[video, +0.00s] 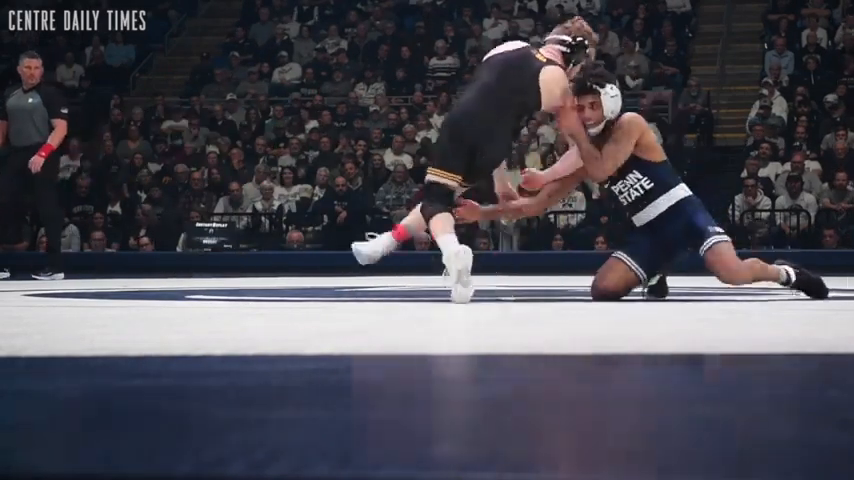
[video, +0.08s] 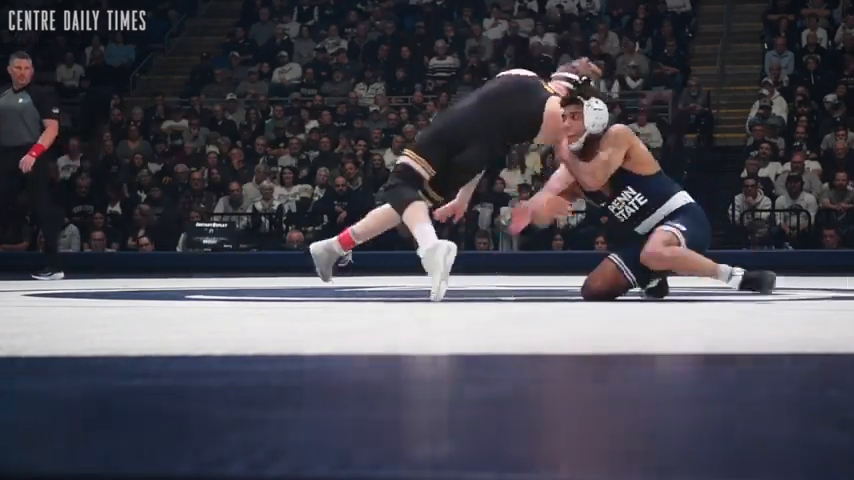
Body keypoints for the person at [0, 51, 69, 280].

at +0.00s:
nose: (32, 72)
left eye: (36, 68)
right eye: (27, 68)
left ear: (42, 70)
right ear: (19, 70)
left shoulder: (49, 94)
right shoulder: (9, 96)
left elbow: (61, 128)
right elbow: (3, 128)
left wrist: (42, 154)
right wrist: (3, 150)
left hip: (42, 156)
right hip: (14, 157)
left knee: (47, 207)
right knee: (9, 207)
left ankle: (54, 265)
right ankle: (7, 264)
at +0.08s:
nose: (22, 73)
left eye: (26, 68)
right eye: (18, 68)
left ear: (32, 71)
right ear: (9, 70)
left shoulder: (41, 94)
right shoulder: (3, 95)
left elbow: (52, 128)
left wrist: (33, 154)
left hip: (31, 157)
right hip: (6, 159)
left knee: (42, 206)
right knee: (7, 208)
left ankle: (52, 263)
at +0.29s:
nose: (0, 69)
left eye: (1, 65)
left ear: (5, 67)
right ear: (1, 68)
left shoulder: (10, 91)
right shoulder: (10, 92)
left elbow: (27, 125)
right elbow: (26, 125)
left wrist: (16, 158)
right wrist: (16, 157)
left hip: (8, 156)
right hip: (6, 156)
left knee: (19, 208)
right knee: (18, 209)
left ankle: (43, 257)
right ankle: (43, 256)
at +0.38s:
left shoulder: (6, 92)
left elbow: (19, 124)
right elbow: (18, 125)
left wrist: (10, 158)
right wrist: (10, 158)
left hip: (4, 167)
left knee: (9, 211)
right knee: (9, 212)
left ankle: (34, 250)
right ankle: (33, 250)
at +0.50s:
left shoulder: (5, 95)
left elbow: (9, 124)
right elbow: (9, 124)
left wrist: (3, 156)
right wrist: (4, 156)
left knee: (3, 211)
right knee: (4, 210)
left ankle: (8, 252)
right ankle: (7, 252)